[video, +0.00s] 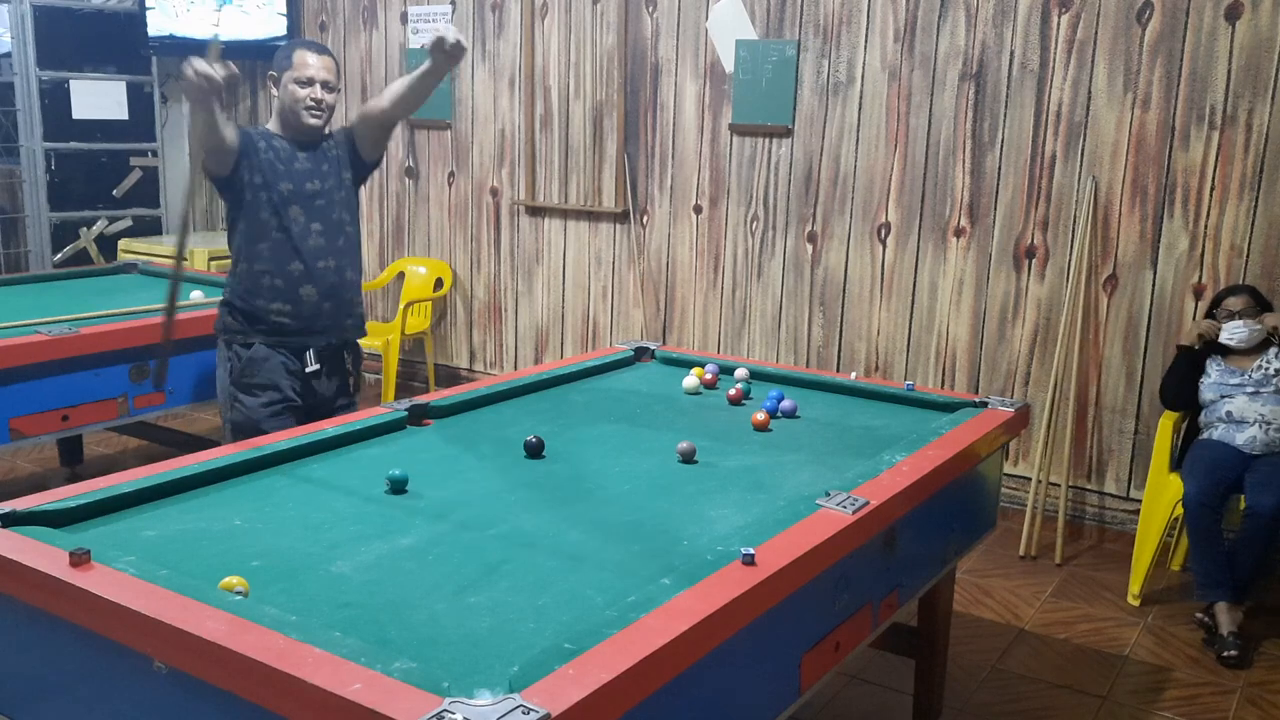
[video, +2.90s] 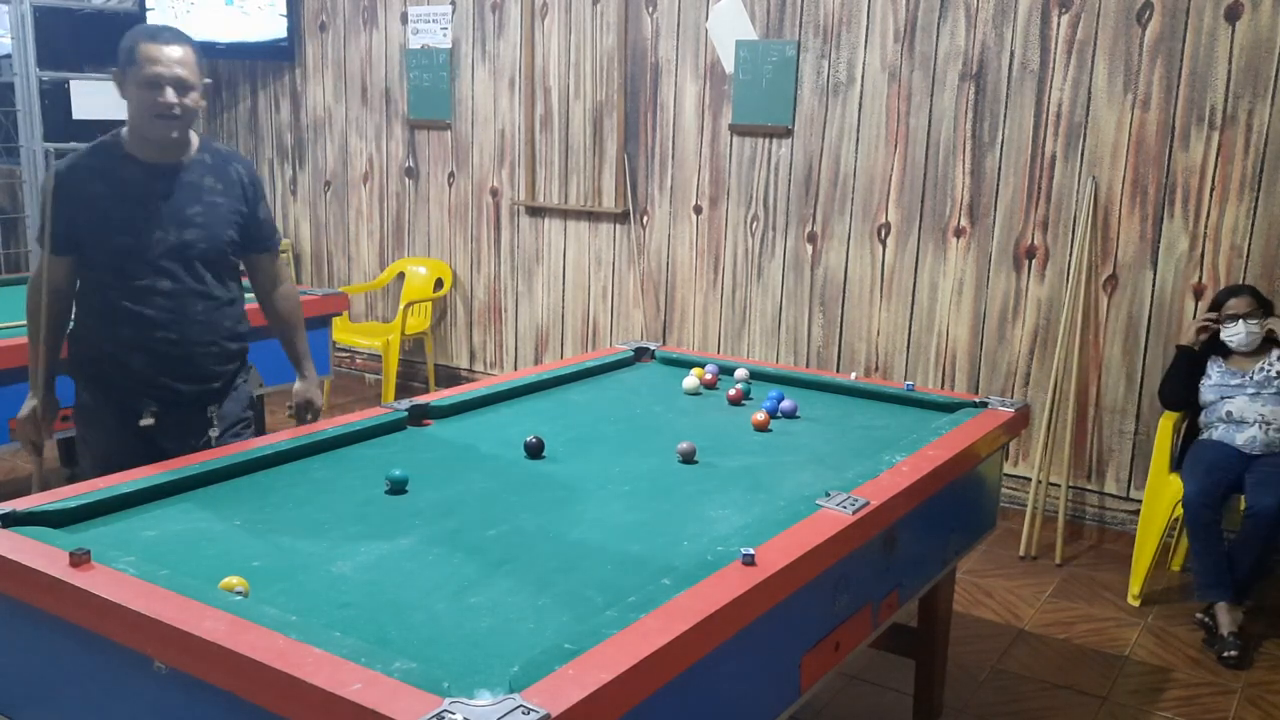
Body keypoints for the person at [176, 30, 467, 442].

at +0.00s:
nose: (318, 95)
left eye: (329, 87)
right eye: (304, 83)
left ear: (337, 96)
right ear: (275, 87)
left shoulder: (345, 153)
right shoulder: (246, 149)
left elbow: (384, 112)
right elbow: (214, 148)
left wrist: (436, 68)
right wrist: (204, 102)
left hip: (334, 351)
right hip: (261, 352)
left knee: (334, 485)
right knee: (267, 488)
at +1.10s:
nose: (274, 85)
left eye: (286, 77)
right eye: (261, 73)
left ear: (298, 89)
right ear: (233, 79)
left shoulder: (312, 147)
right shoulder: (209, 139)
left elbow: (365, 145)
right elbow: (174, 165)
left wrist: (412, 131)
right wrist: (176, 112)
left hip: (298, 351)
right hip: (226, 351)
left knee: (314, 479)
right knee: (235, 486)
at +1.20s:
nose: (266, 87)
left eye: (277, 77)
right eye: (252, 73)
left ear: (290, 88)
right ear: (223, 79)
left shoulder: (305, 154)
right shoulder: (194, 149)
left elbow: (363, 192)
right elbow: (145, 212)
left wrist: (410, 204)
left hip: (294, 351)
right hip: (219, 355)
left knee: (307, 485)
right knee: (227, 491)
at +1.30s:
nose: (255, 85)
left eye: (266, 76)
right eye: (240, 73)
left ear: (279, 87)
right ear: (212, 77)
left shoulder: (299, 160)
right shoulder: (177, 160)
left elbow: (345, 236)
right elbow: (144, 235)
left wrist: (383, 298)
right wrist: (137, 297)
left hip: (290, 361)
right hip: (209, 363)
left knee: (297, 498)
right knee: (208, 501)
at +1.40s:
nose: (244, 80)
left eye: (256, 71)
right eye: (229, 68)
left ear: (269, 84)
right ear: (200, 78)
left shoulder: (289, 163)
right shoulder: (166, 163)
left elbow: (309, 260)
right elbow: (134, 267)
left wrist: (322, 346)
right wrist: (114, 367)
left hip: (280, 369)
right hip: (197, 373)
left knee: (294, 506)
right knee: (198, 513)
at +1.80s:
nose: (180, 81)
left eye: (190, 69)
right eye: (162, 69)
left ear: (202, 79)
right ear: (126, 80)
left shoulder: (219, 153)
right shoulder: (98, 179)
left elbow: (227, 253)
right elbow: (80, 296)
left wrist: (246, 315)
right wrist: (59, 400)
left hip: (234, 370)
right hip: (151, 381)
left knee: (273, 511)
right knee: (169, 531)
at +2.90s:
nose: (169, 100)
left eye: (183, 88)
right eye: (153, 85)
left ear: (203, 94)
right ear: (122, 85)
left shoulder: (233, 174)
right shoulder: (77, 179)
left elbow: (273, 280)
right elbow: (54, 287)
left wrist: (307, 372)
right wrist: (41, 390)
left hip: (219, 400)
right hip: (116, 405)